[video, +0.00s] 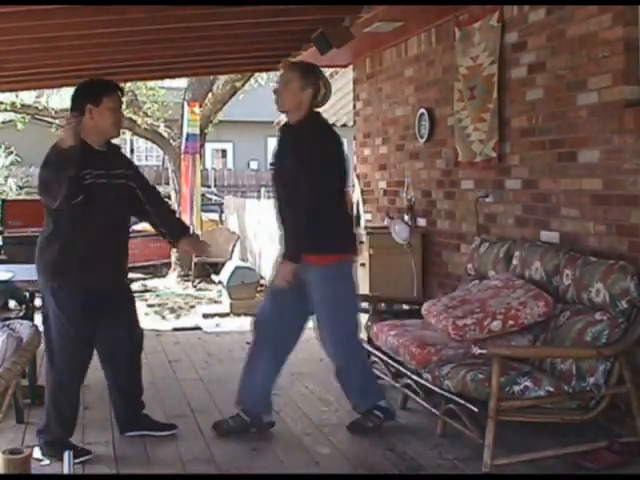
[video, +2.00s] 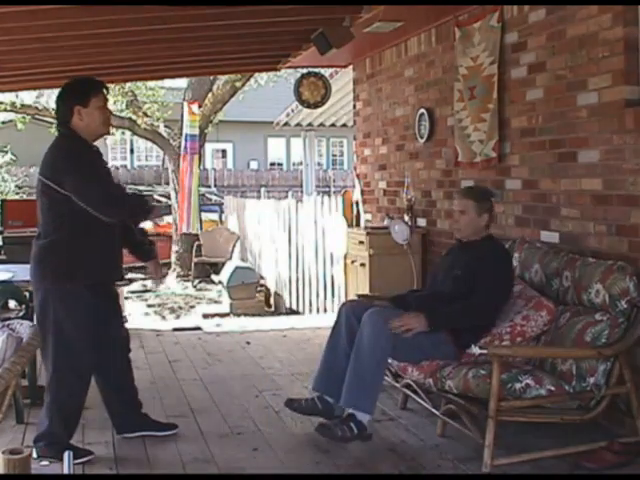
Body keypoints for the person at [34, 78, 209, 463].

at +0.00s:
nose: (121, 118)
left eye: (121, 110)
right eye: (115, 110)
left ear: (100, 114)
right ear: (89, 112)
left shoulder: (120, 163)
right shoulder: (60, 157)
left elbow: (150, 203)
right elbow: (54, 195)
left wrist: (183, 236)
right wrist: (69, 148)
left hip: (110, 274)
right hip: (66, 276)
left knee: (124, 347)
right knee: (68, 361)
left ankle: (131, 419)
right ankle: (54, 441)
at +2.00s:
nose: (110, 114)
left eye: (108, 106)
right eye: (103, 107)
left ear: (83, 113)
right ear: (78, 113)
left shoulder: (88, 154)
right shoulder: (65, 155)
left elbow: (111, 211)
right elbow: (105, 203)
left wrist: (145, 249)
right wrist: (147, 205)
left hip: (92, 273)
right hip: (64, 277)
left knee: (112, 349)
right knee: (70, 360)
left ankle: (129, 420)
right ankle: (51, 443)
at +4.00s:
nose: (105, 110)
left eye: (103, 102)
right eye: (99, 102)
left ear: (76, 108)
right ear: (75, 107)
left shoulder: (89, 151)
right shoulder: (60, 153)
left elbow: (117, 198)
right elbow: (100, 206)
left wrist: (143, 179)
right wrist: (141, 182)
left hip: (103, 275)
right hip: (73, 278)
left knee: (119, 352)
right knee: (72, 363)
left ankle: (134, 424)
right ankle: (52, 444)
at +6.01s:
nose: (101, 118)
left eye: (100, 110)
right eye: (95, 110)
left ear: (73, 113)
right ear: (69, 112)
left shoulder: (86, 156)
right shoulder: (56, 160)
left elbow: (104, 213)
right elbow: (73, 231)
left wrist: (129, 245)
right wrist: (112, 274)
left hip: (99, 272)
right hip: (70, 278)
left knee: (122, 348)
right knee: (78, 361)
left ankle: (135, 424)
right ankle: (52, 445)